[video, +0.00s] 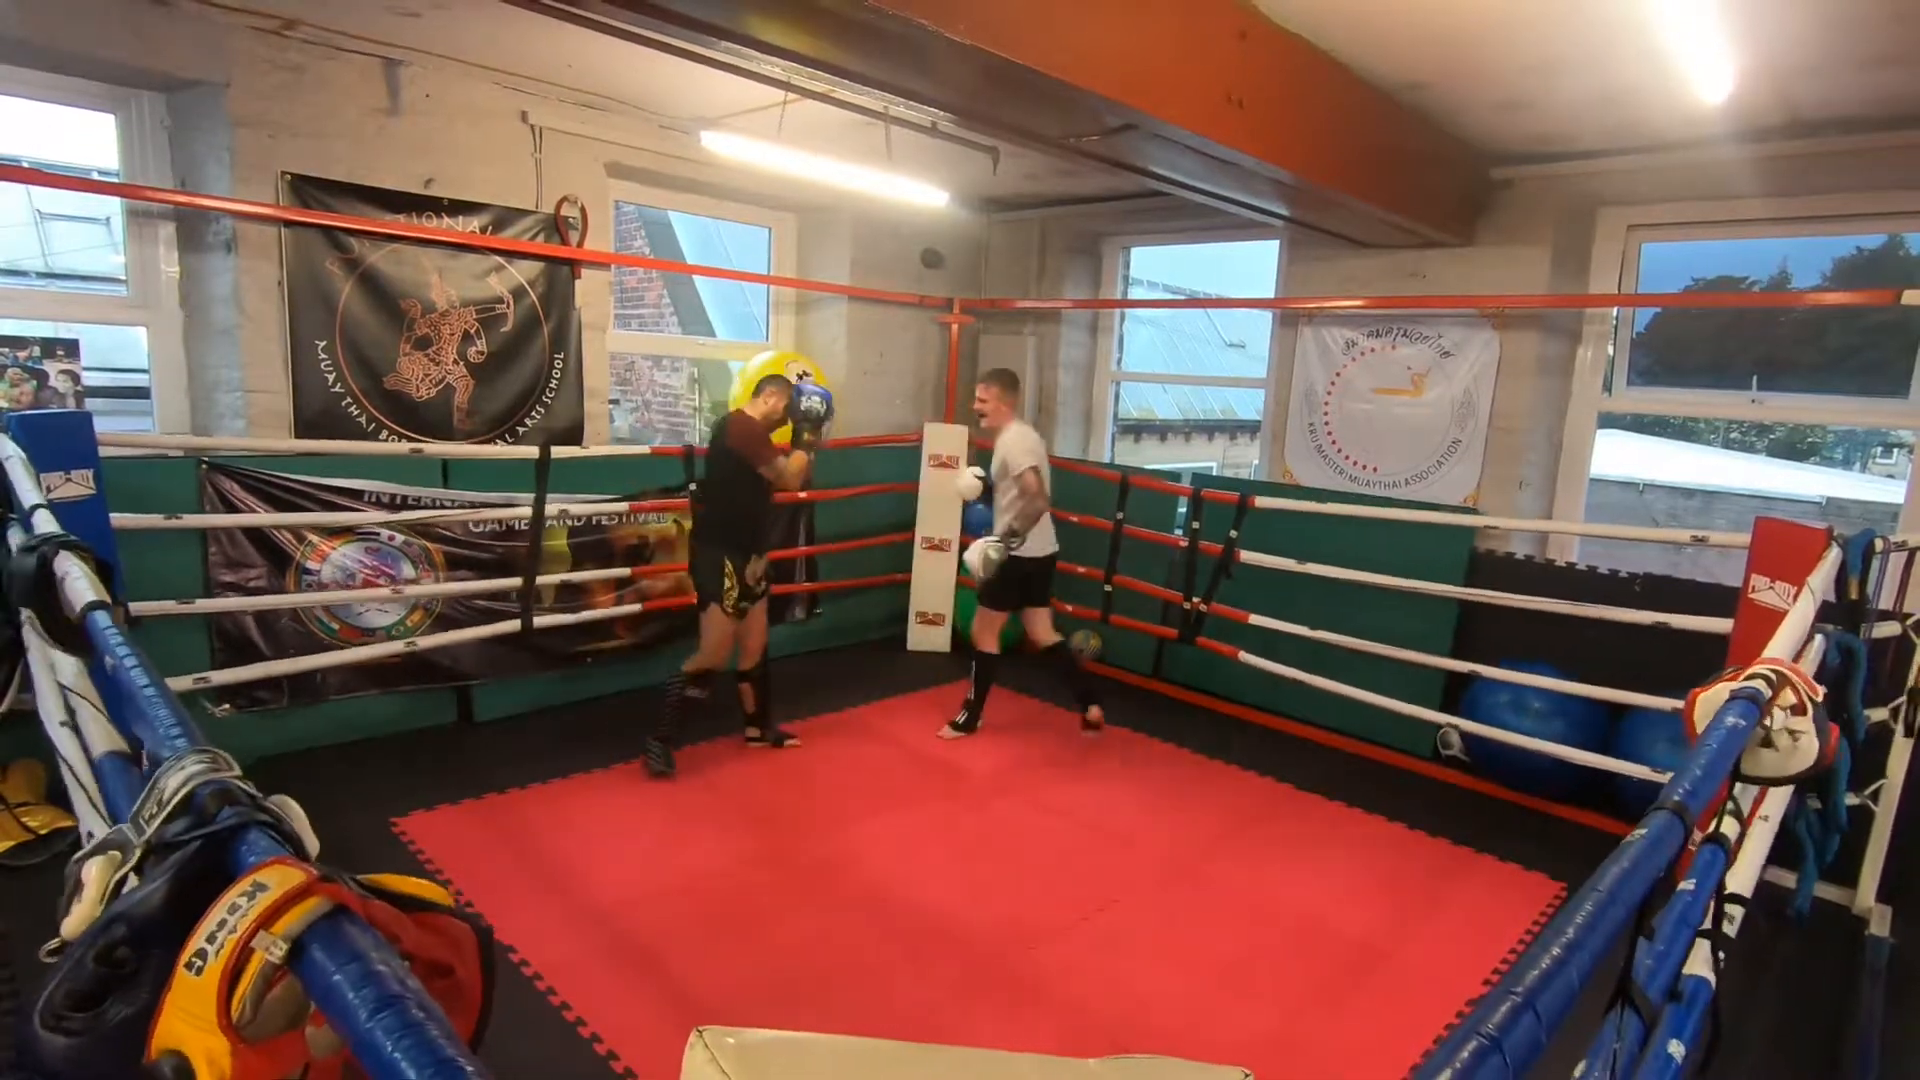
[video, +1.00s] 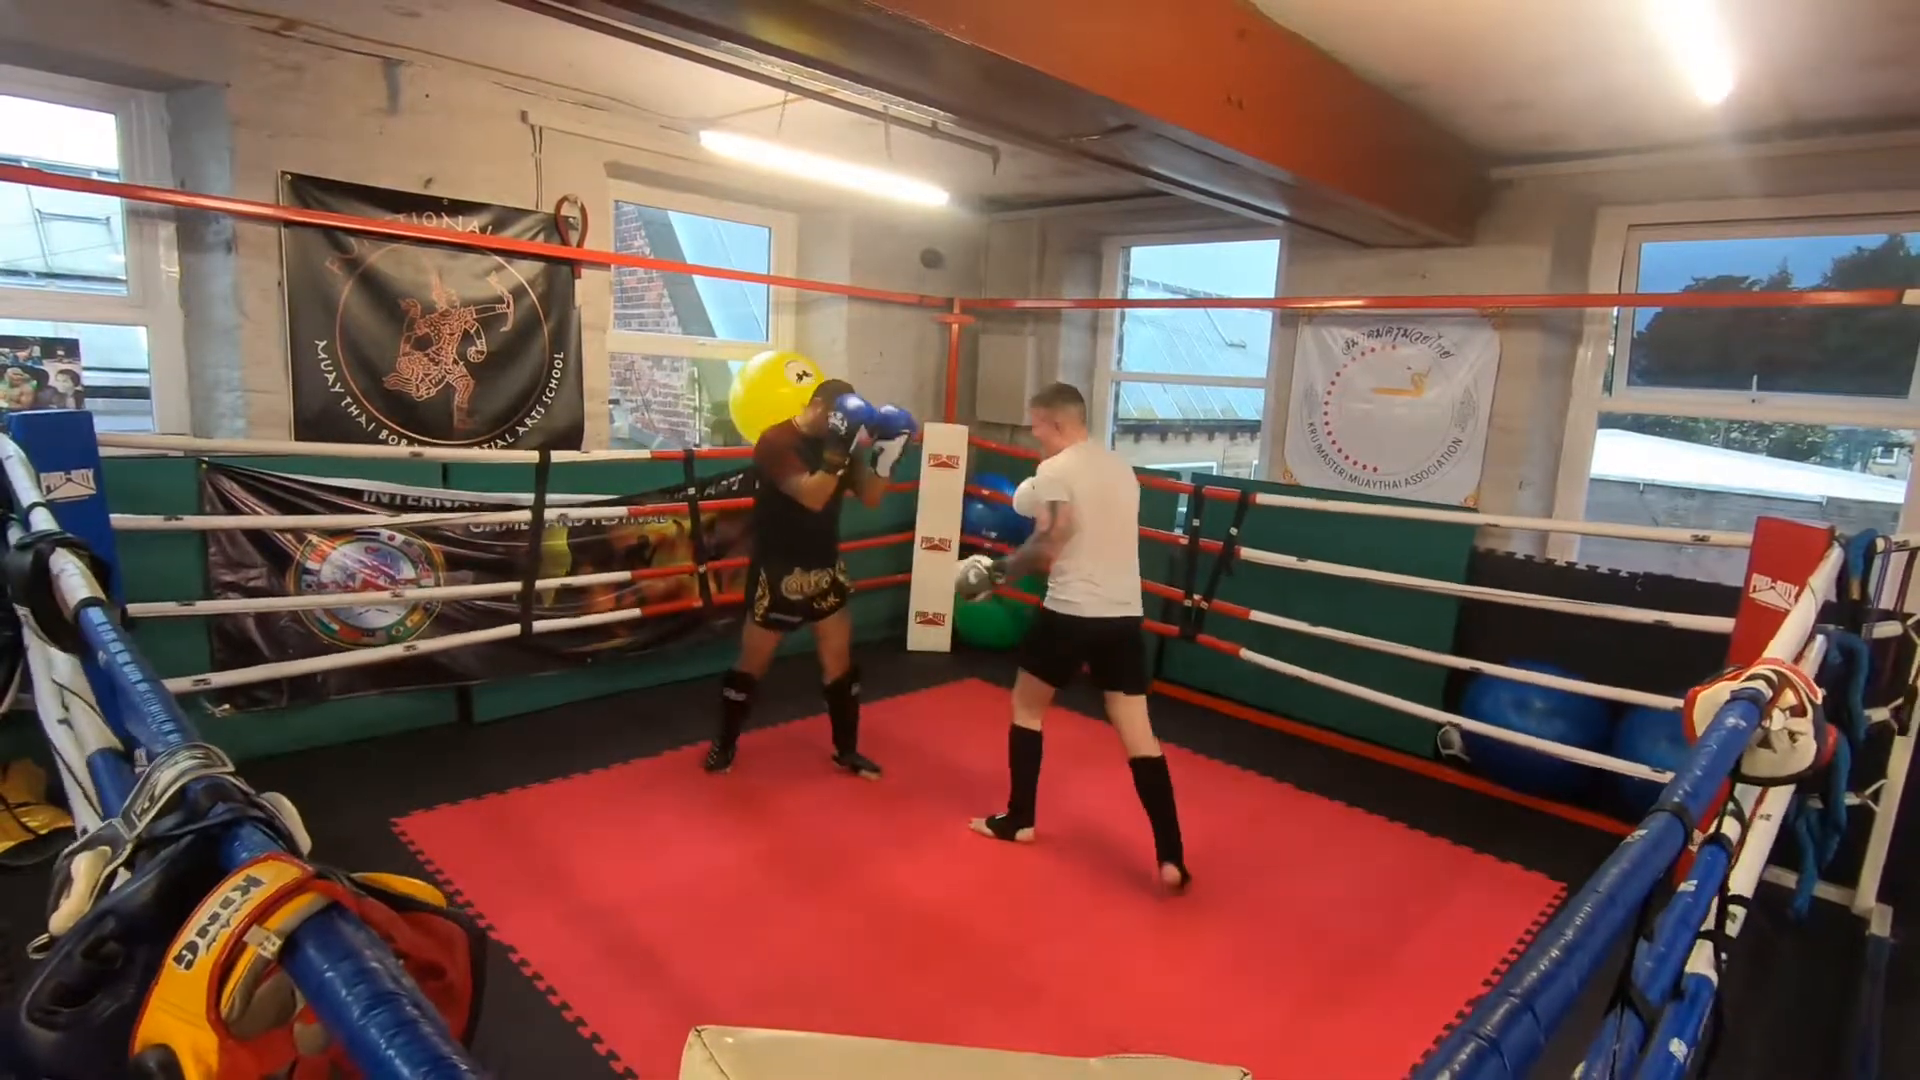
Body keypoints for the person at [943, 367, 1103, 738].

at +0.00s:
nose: (977, 407)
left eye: (983, 401)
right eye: (977, 400)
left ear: (1005, 402)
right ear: (1005, 404)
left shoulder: (1014, 441)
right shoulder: (1022, 435)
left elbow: (1038, 499)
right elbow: (1018, 488)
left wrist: (1001, 541)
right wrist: (986, 488)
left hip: (1019, 555)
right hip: (1039, 553)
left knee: (985, 631)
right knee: (1041, 630)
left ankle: (971, 716)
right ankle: (1089, 703)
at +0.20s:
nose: (1012, 420)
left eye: (1018, 412)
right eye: (1012, 412)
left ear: (1041, 413)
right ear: (1043, 415)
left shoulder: (1050, 452)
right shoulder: (1063, 451)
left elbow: (1071, 506)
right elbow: (1054, 508)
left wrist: (1037, 555)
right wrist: (1015, 502)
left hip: (1055, 578)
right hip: (1081, 579)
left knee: (983, 629)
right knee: (1079, 660)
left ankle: (981, 719)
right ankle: (1108, 753)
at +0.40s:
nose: (1034, 414)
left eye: (1038, 405)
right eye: (1035, 405)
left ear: (1055, 404)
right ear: (1072, 406)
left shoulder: (1056, 443)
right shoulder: (1101, 451)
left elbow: (1061, 503)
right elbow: (1095, 513)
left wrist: (1014, 535)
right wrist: (1044, 488)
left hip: (1056, 577)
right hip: (1094, 581)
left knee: (1008, 659)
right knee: (1087, 664)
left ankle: (1006, 768)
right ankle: (1106, 755)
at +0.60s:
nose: (1022, 434)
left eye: (1024, 425)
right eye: (1021, 425)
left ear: (1045, 420)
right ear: (1062, 421)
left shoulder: (1036, 462)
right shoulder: (1103, 466)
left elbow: (1006, 532)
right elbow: (1096, 528)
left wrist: (964, 537)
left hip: (1055, 598)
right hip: (1101, 600)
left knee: (1030, 701)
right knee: (1097, 676)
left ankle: (1021, 818)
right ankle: (1110, 755)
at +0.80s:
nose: (1016, 430)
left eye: (1017, 420)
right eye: (1014, 421)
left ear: (1035, 412)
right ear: (1060, 411)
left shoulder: (1033, 459)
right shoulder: (1106, 458)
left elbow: (1012, 536)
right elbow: (1078, 531)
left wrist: (973, 553)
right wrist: (989, 542)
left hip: (1058, 604)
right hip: (1110, 605)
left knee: (1034, 705)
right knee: (1116, 697)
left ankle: (1022, 819)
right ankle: (1149, 807)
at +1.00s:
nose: (1037, 440)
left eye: (1037, 431)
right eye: (1034, 432)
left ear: (1054, 423)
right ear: (1080, 422)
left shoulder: (1055, 470)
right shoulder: (1123, 470)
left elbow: (1052, 539)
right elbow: (1104, 541)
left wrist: (1004, 569)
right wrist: (1017, 560)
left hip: (1068, 615)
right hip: (1124, 618)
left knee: (1028, 707)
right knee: (1138, 732)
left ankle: (1018, 818)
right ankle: (1171, 857)